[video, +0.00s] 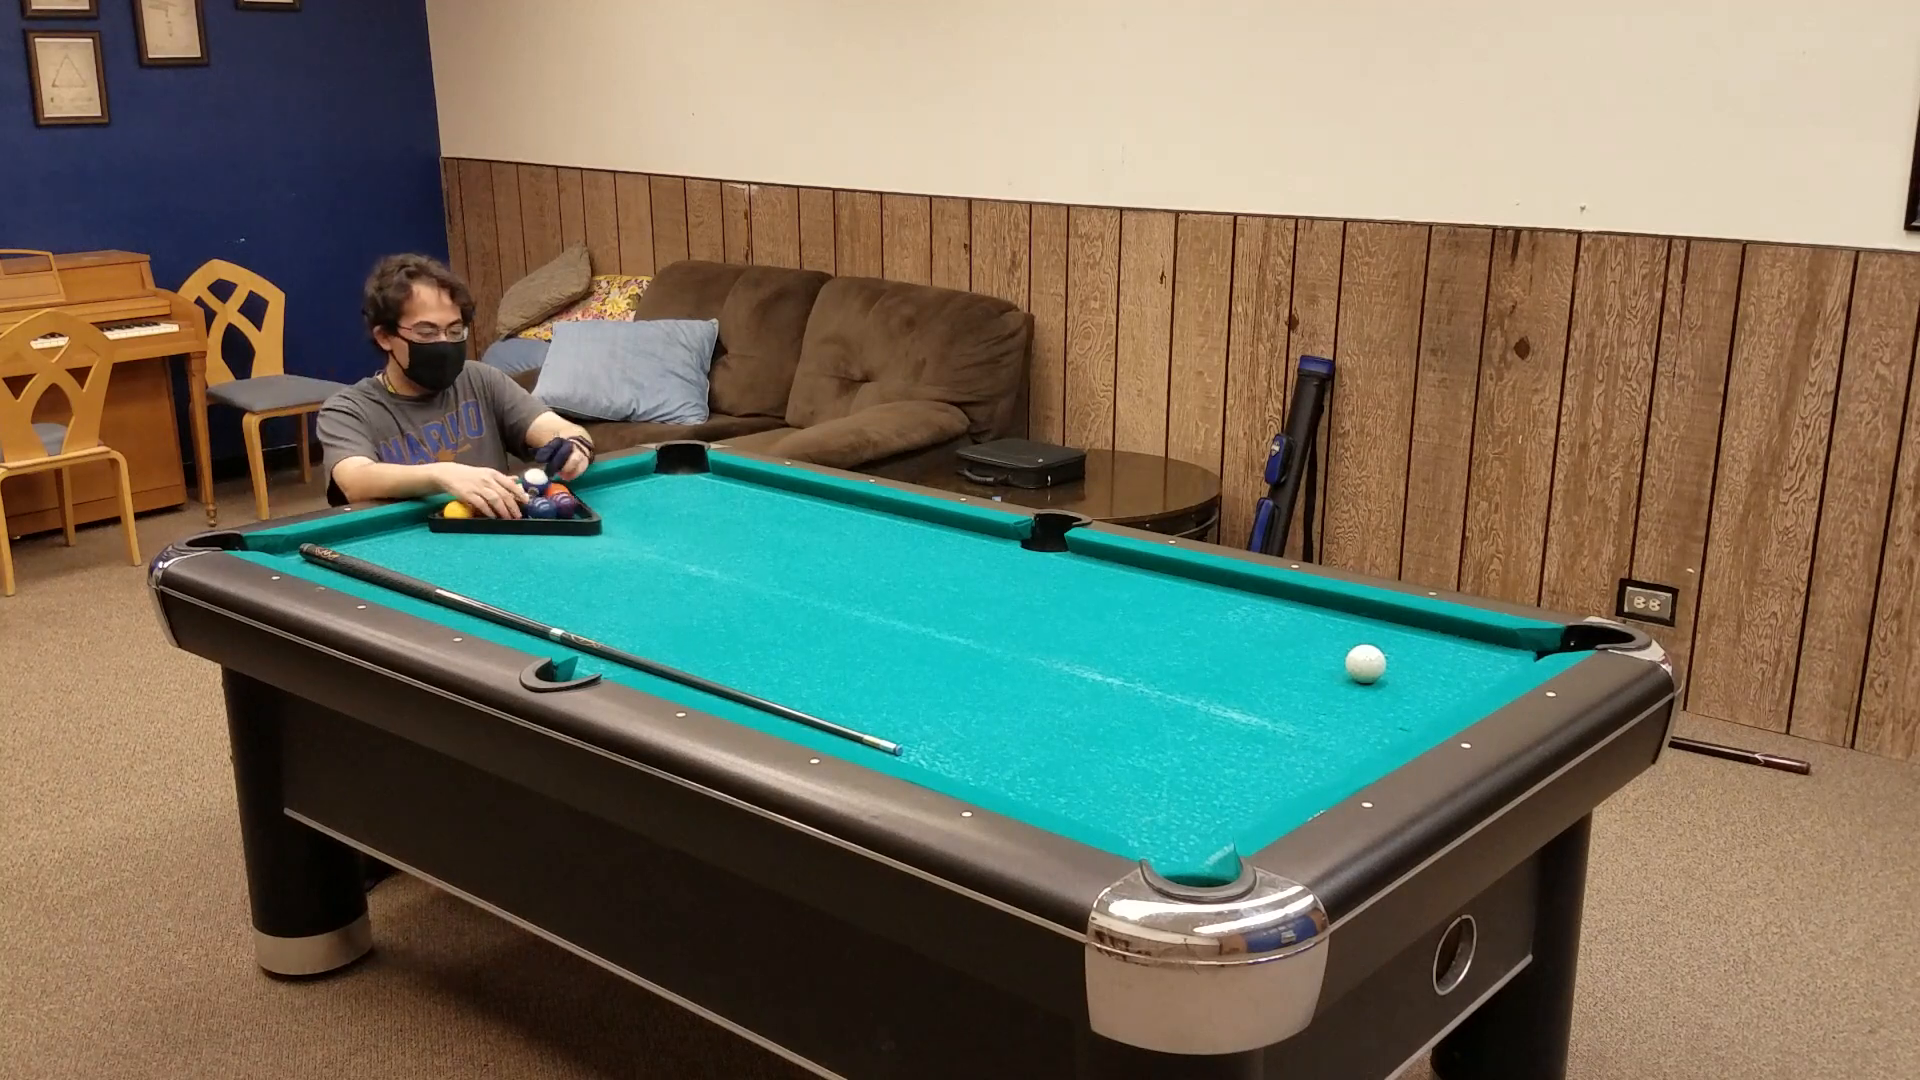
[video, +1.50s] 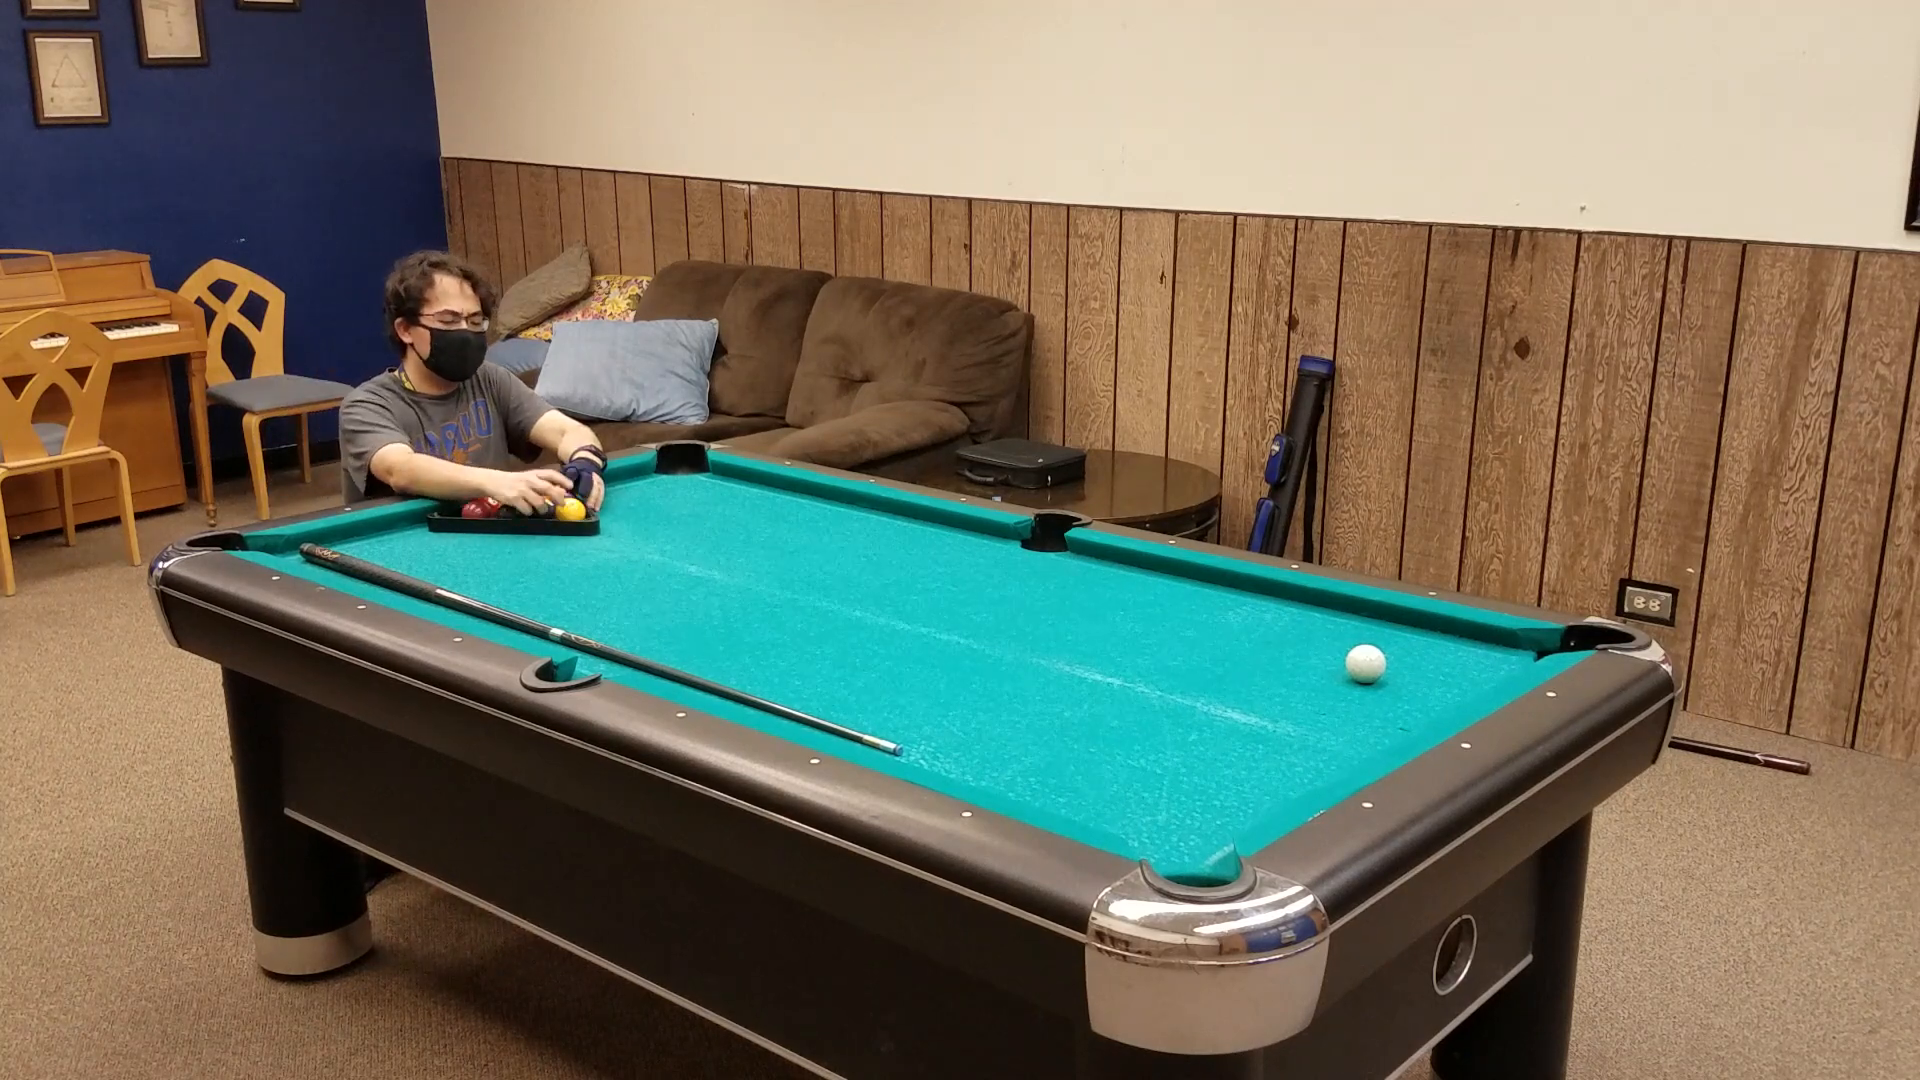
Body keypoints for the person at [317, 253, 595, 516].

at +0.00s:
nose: (445, 344)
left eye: (454, 329)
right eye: (427, 332)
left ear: (465, 326)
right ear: (385, 336)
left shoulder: (482, 381)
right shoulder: (350, 409)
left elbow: (549, 426)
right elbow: (356, 482)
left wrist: (574, 443)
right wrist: (443, 474)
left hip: (505, 552)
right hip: (411, 568)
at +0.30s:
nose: (455, 345)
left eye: (464, 330)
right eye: (437, 330)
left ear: (474, 328)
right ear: (394, 335)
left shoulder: (487, 380)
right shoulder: (353, 410)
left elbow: (564, 431)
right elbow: (345, 495)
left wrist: (585, 453)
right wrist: (404, 458)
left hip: (511, 552)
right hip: (417, 569)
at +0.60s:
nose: (465, 340)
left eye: (474, 326)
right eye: (447, 326)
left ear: (483, 326)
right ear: (403, 331)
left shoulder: (491, 381)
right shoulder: (360, 405)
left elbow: (564, 431)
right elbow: (344, 490)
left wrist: (584, 455)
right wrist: (409, 459)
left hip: (510, 550)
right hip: (416, 567)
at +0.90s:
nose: (474, 336)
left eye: (482, 323)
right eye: (456, 322)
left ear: (491, 326)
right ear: (411, 328)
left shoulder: (492, 379)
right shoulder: (370, 401)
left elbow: (568, 430)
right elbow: (382, 470)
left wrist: (584, 457)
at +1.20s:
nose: (475, 333)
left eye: (483, 321)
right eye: (457, 320)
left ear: (492, 323)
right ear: (413, 329)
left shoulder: (493, 381)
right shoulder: (374, 402)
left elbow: (567, 430)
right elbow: (408, 468)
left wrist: (585, 463)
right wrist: (503, 480)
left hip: (498, 553)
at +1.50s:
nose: (468, 331)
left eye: (475, 319)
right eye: (450, 319)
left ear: (485, 320)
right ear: (406, 329)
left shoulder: (490, 380)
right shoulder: (370, 404)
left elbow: (566, 430)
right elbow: (400, 471)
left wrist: (584, 459)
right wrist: (495, 480)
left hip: (499, 554)